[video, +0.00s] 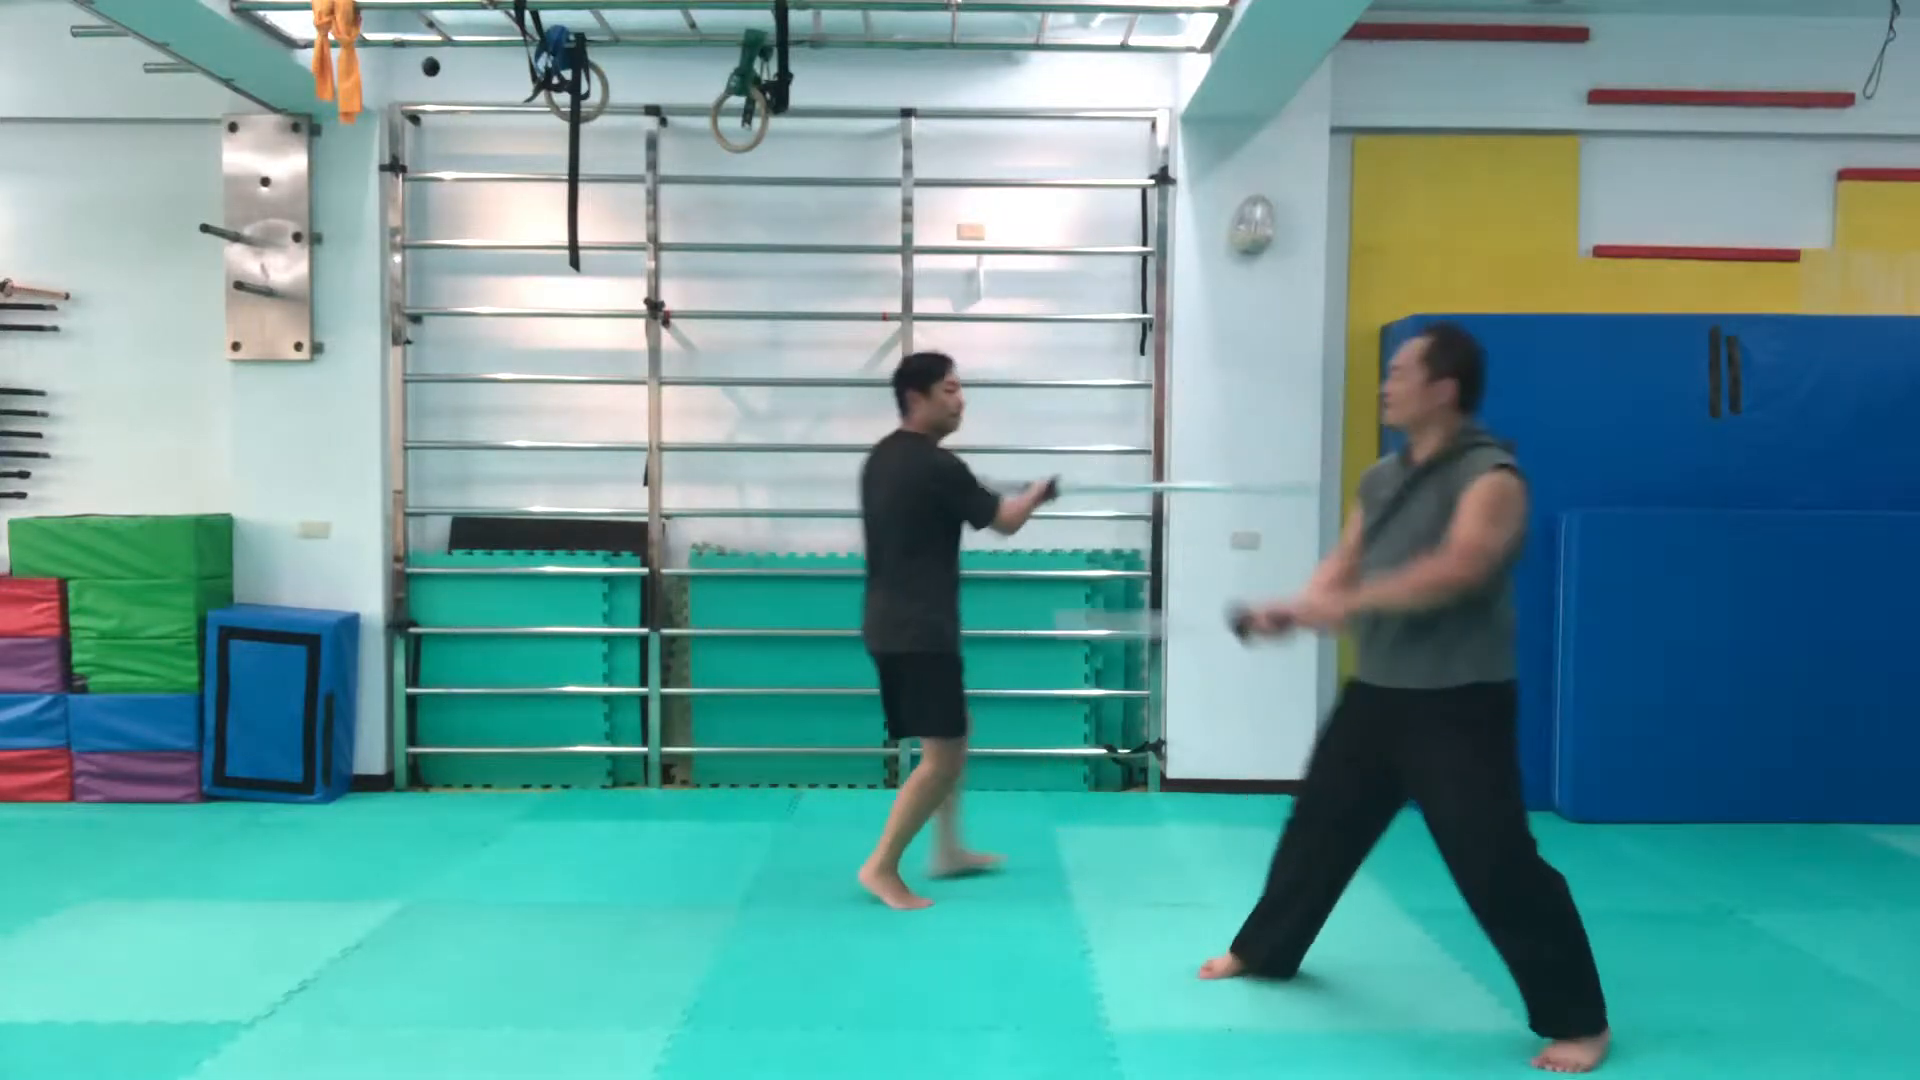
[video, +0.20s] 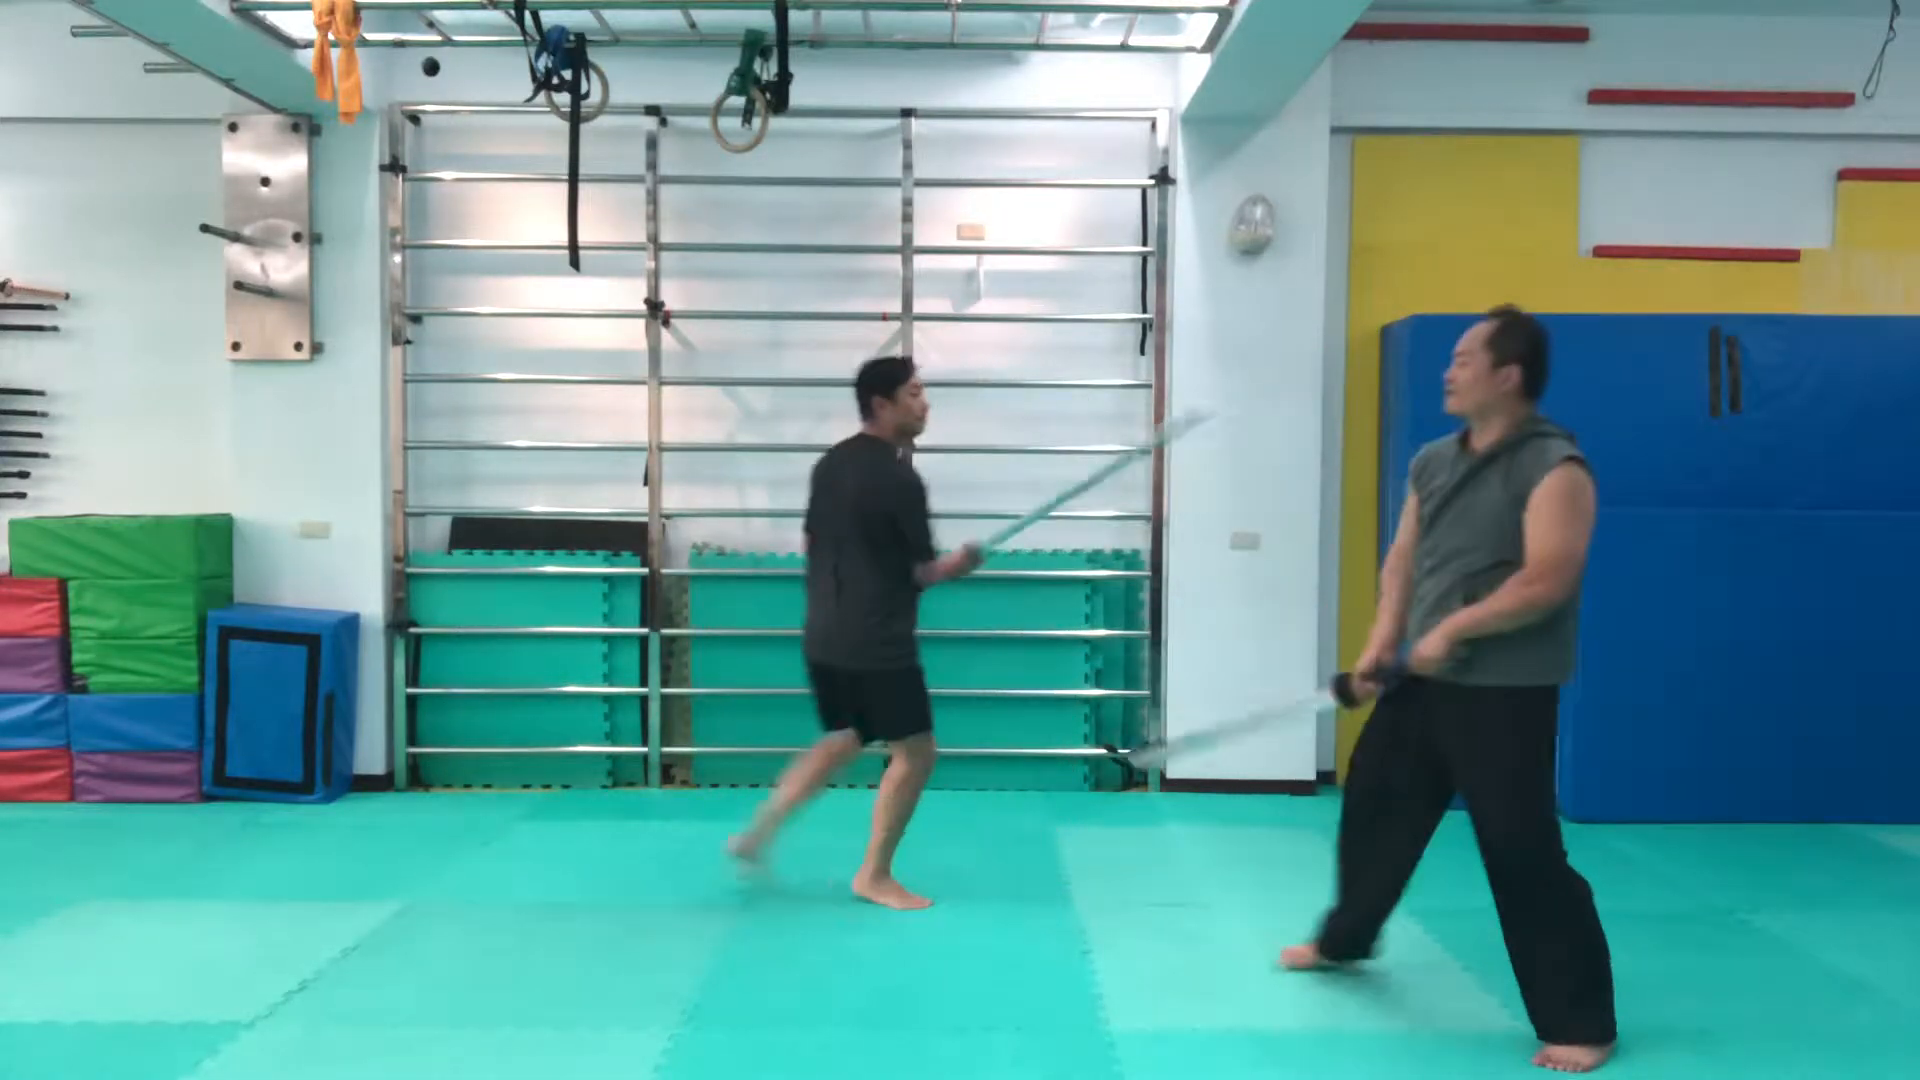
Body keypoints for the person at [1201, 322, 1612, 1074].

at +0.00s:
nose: (1386, 386)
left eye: (1400, 376)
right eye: (1388, 374)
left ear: (1446, 388)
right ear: (1415, 389)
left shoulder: (1492, 478)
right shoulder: (1380, 480)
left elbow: (1460, 569)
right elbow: (1345, 566)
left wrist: (1347, 603)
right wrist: (1289, 610)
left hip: (1461, 707)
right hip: (1378, 700)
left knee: (1498, 869)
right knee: (1320, 828)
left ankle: (1579, 1022)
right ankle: (1262, 952)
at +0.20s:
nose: (1448, 372)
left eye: (1463, 361)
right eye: (1452, 360)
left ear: (1510, 376)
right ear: (1490, 377)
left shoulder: (1555, 468)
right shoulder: (1434, 463)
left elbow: (1550, 581)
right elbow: (1400, 564)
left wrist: (1455, 627)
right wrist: (1380, 645)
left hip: (1507, 696)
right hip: (1421, 688)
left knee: (1526, 860)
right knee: (1375, 809)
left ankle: (1582, 1029)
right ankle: (1345, 941)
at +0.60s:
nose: (1408, 391)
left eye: (1423, 381)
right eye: (1412, 379)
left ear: (1468, 394)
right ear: (1449, 395)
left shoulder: (1515, 473)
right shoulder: (1409, 483)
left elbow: (1516, 572)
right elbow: (1382, 577)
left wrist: (1424, 635)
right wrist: (1347, 639)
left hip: (1491, 697)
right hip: (1414, 691)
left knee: (1514, 861)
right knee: (1377, 791)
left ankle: (1580, 1027)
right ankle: (1361, 914)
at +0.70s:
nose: (1378, 399)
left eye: (1392, 389)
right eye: (1381, 389)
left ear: (1436, 401)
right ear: (1406, 401)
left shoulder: (1486, 480)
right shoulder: (1381, 491)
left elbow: (1483, 580)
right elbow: (1359, 579)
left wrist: (1402, 642)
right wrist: (1323, 627)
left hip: (1477, 694)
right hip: (1398, 690)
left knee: (1511, 846)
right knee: (1373, 805)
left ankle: (1573, 1007)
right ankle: (1367, 918)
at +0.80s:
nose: (1363, 398)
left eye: (1375, 387)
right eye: (1363, 387)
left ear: (1419, 397)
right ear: (1393, 398)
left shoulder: (1469, 473)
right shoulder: (1371, 484)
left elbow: (1456, 573)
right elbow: (1348, 564)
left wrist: (1386, 637)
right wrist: (1309, 605)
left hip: (1472, 681)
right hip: (1395, 679)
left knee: (1505, 825)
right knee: (1374, 798)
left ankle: (1575, 981)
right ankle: (1369, 917)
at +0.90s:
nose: (1366, 393)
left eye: (1378, 382)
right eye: (1367, 382)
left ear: (1422, 391)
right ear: (1395, 393)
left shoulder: (1465, 465)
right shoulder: (1373, 477)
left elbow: (1442, 565)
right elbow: (1348, 555)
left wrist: (1374, 624)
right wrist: (1303, 590)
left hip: (1471, 673)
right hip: (1394, 671)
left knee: (1506, 814)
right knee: (1374, 796)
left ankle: (1586, 956)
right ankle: (1368, 915)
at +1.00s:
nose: (1378, 393)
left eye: (1390, 383)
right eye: (1379, 383)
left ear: (1433, 394)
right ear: (1404, 394)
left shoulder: (1472, 469)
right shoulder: (1387, 476)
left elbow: (1448, 567)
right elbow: (1355, 554)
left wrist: (1375, 624)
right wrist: (1306, 586)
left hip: (1472, 677)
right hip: (1394, 674)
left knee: (1514, 818)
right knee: (1370, 796)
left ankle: (1588, 959)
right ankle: (1367, 918)